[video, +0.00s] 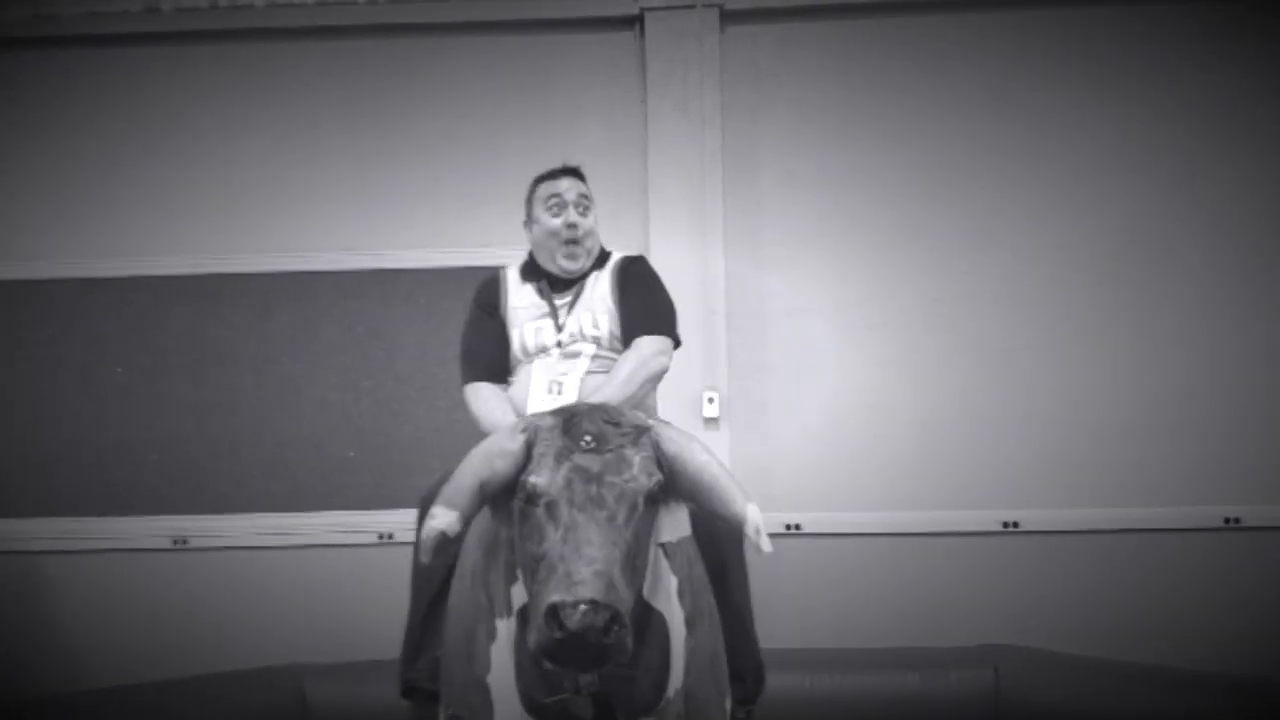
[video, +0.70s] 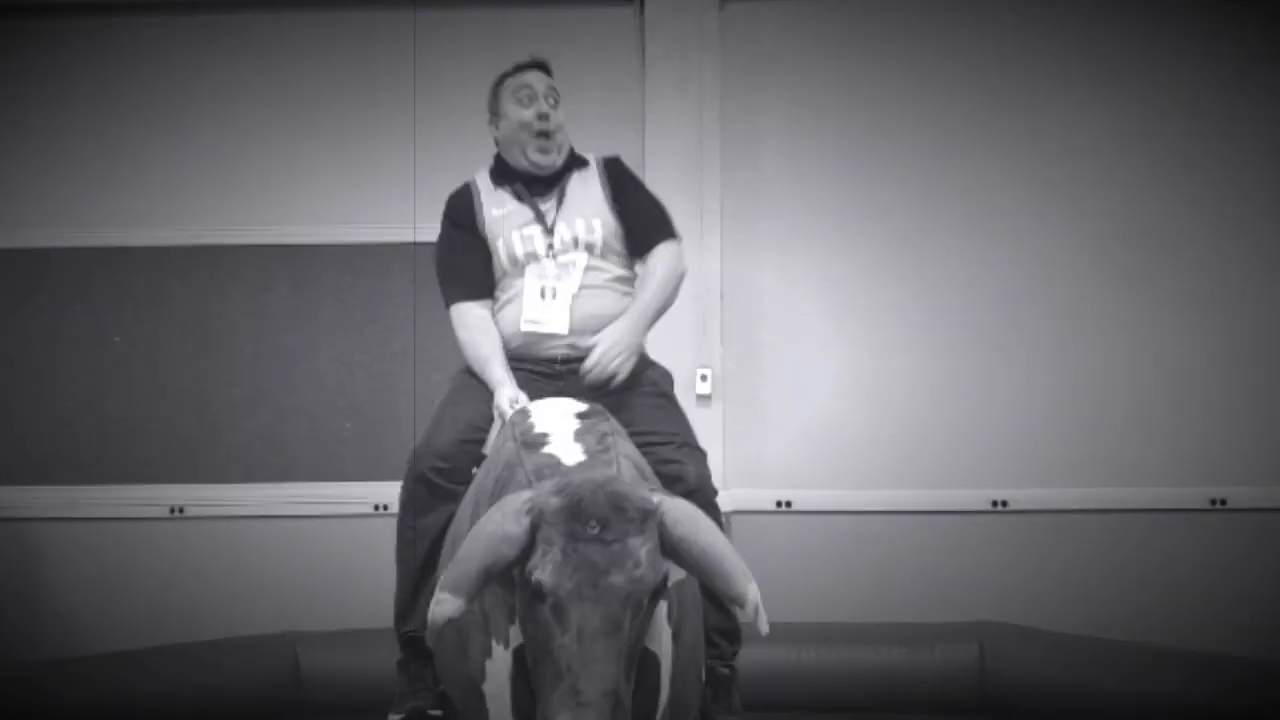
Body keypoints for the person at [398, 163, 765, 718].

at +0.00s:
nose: (572, 218)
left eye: (582, 206)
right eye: (555, 207)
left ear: (597, 221)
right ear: (529, 227)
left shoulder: (628, 272)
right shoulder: (500, 287)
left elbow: (654, 351)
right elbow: (479, 383)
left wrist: (595, 415)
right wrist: (521, 437)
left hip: (625, 422)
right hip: (528, 430)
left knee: (728, 511)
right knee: (441, 519)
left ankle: (742, 659)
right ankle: (420, 666)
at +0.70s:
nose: (545, 112)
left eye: (552, 100)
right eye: (525, 103)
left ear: (566, 116)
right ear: (496, 129)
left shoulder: (609, 178)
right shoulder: (472, 202)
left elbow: (666, 257)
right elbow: (468, 308)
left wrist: (630, 331)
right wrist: (502, 384)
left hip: (615, 363)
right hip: (508, 372)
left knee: (688, 480)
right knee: (432, 469)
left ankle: (716, 665)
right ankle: (420, 664)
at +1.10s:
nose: (532, 55)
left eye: (533, 43)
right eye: (508, 47)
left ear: (546, 61)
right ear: (474, 84)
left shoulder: (604, 121)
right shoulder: (467, 165)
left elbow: (701, 116)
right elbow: (479, 279)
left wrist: (761, 46)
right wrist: (510, 368)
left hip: (630, 336)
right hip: (523, 343)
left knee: (703, 475)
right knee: (436, 458)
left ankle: (730, 666)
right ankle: (420, 659)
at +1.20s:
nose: (533, 50)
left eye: (532, 38)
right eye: (509, 43)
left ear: (548, 57)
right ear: (477, 80)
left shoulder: (607, 114)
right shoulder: (470, 160)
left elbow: (694, 89)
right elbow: (483, 278)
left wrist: (742, 10)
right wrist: (513, 368)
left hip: (633, 331)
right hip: (521, 339)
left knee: (705, 475)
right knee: (437, 455)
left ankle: (728, 662)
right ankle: (423, 658)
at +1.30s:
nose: (529, 45)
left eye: (527, 35)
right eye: (505, 40)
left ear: (542, 55)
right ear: (473, 80)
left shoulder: (604, 111)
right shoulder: (469, 158)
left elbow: (685, 76)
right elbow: (485, 278)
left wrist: (717, 8)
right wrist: (514, 370)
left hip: (636, 328)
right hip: (525, 336)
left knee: (708, 474)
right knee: (438, 456)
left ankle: (730, 655)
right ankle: (421, 654)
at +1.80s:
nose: (499, 47)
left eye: (496, 44)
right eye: (475, 47)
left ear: (514, 69)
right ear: (442, 92)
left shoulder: (586, 115)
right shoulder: (453, 161)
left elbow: (660, 99)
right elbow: (479, 282)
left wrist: (703, 22)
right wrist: (511, 389)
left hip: (637, 334)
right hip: (516, 345)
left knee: (712, 499)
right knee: (434, 486)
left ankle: (732, 678)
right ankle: (416, 679)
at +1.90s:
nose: (494, 47)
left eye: (490, 44)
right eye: (472, 45)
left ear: (508, 69)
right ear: (436, 94)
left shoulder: (584, 116)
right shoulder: (450, 167)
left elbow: (662, 120)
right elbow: (477, 289)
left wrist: (720, 54)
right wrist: (511, 401)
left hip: (639, 344)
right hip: (515, 355)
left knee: (711, 508)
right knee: (432, 496)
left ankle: (733, 689)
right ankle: (414, 691)